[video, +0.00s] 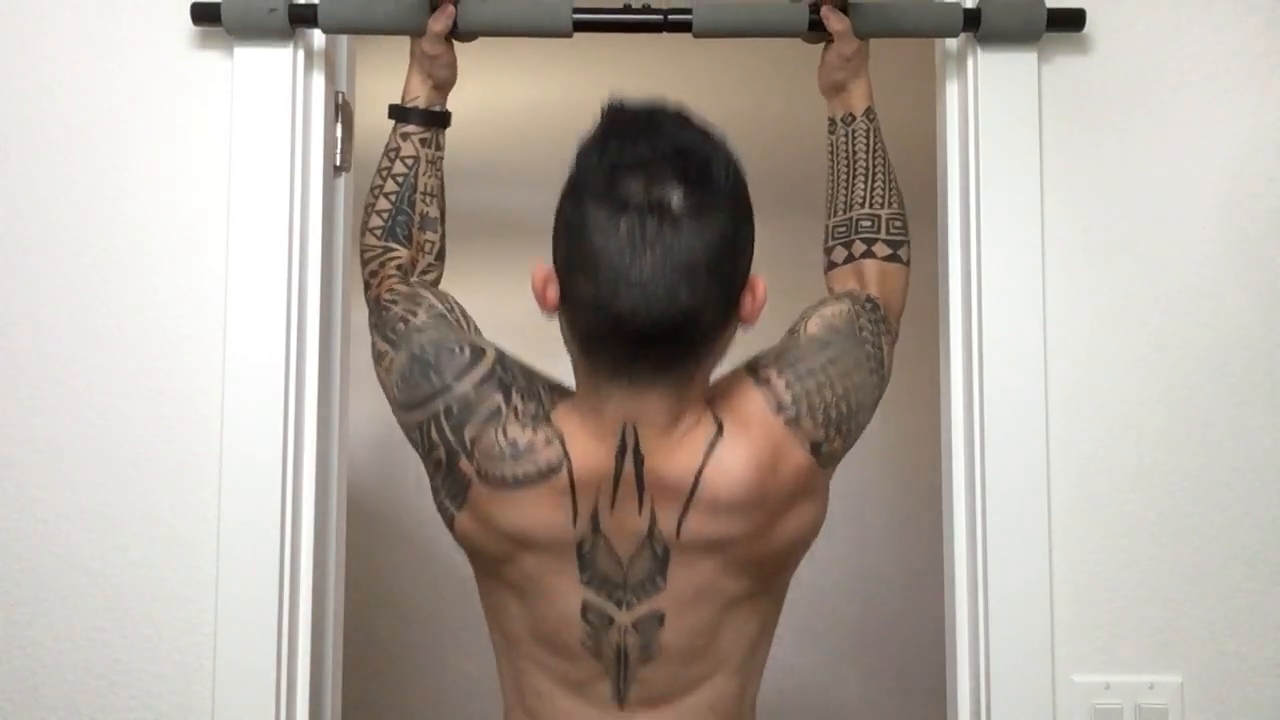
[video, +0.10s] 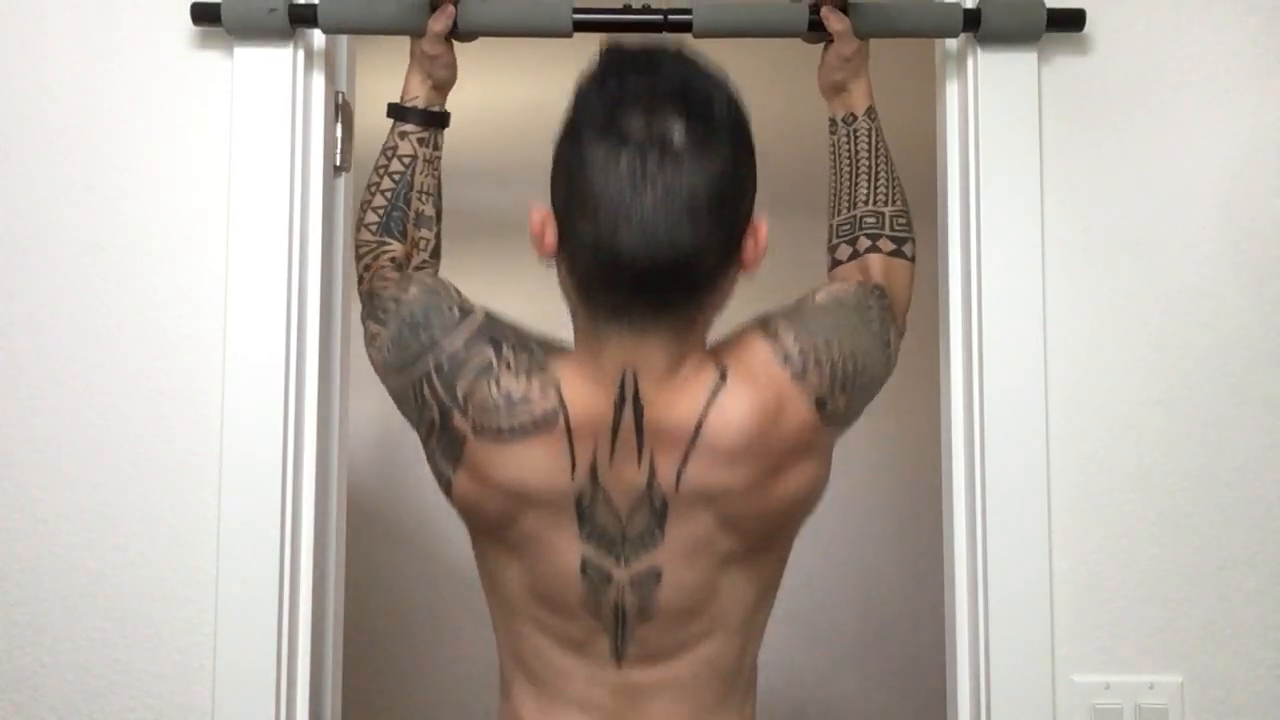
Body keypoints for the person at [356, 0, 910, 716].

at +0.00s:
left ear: (547, 295)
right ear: (750, 303)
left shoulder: (495, 453)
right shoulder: (774, 448)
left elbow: (395, 274)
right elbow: (869, 288)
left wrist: (424, 90)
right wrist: (852, 98)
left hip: (534, 714)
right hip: (717, 713)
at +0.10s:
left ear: (545, 238)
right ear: (752, 247)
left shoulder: (487, 405)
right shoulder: (782, 400)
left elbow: (388, 262)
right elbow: (877, 272)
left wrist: (422, 91)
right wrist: (851, 97)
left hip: (534, 709)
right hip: (718, 710)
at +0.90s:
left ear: (539, 39)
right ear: (749, 38)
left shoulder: (466, 228)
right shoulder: (805, 226)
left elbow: (371, 278)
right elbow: (900, 289)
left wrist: (421, 92)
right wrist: (853, 95)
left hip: (538, 674)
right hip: (725, 675)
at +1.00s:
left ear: (541, 86)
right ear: (749, 88)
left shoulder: (468, 273)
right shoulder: (804, 272)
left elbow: (374, 267)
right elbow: (904, 269)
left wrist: (421, 94)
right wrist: (853, 94)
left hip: (534, 689)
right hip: (724, 691)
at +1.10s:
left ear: (542, 130)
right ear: (751, 131)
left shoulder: (474, 313)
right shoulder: (801, 312)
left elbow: (379, 263)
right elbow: (898, 263)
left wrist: (422, 92)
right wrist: (853, 94)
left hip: (534, 699)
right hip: (723, 698)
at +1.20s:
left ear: (541, 174)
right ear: (751, 177)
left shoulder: (479, 355)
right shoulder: (798, 346)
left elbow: (385, 265)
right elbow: (893, 262)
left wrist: (422, 92)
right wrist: (851, 94)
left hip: (536, 705)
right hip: (719, 705)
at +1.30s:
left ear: (539, 212)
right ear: (748, 215)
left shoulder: (481, 390)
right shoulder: (791, 380)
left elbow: (389, 262)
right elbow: (888, 263)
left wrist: (423, 90)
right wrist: (850, 95)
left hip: (535, 709)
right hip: (720, 709)